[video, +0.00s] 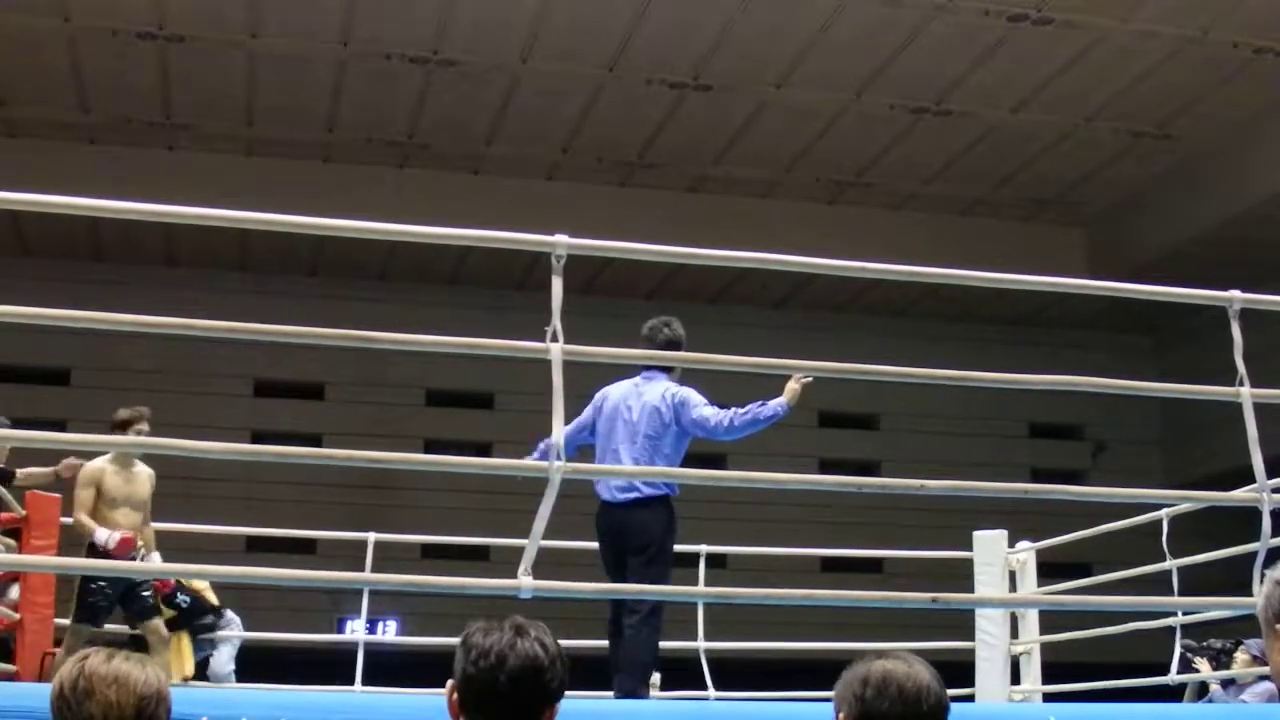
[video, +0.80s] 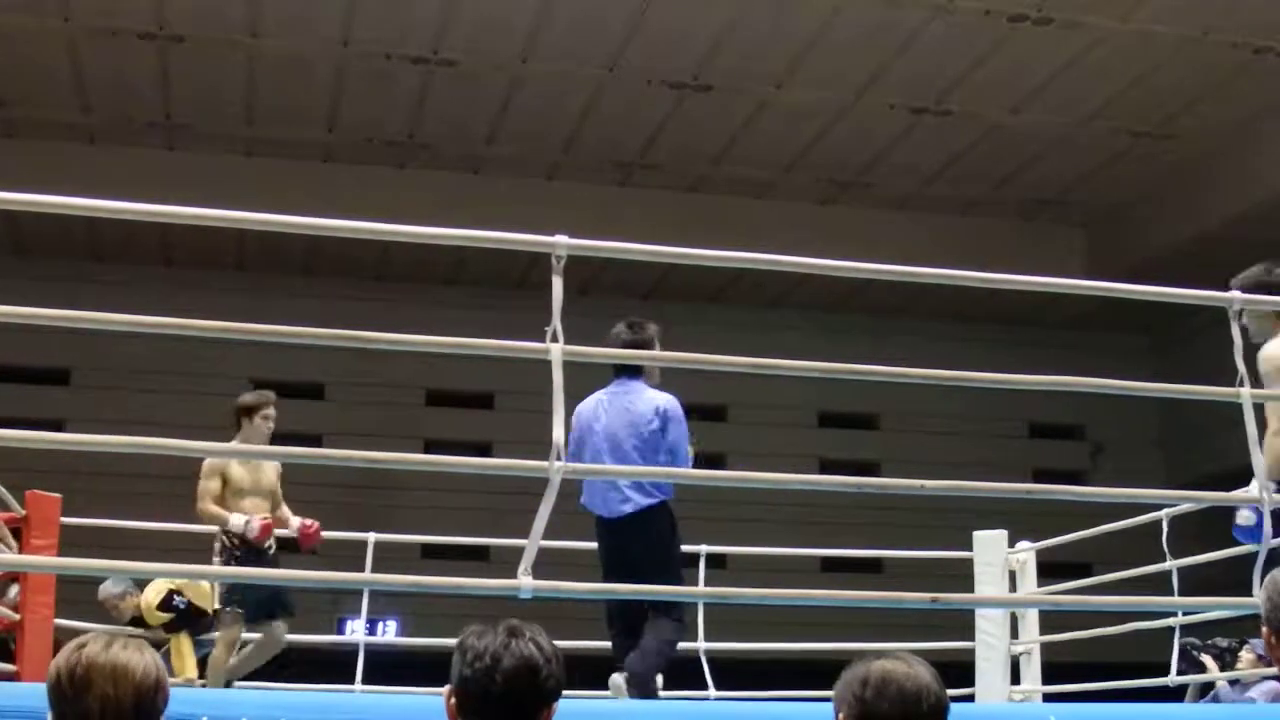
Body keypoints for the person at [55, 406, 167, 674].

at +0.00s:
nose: (144, 439)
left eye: (147, 434)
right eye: (138, 433)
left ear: (148, 437)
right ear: (120, 433)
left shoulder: (147, 474)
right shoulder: (94, 470)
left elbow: (145, 523)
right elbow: (80, 516)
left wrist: (155, 562)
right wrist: (105, 537)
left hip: (136, 567)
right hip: (101, 566)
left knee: (159, 636)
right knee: (77, 637)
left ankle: (160, 707)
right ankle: (54, 704)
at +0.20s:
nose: (190, 441)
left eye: (192, 435)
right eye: (184, 434)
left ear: (191, 440)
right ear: (165, 435)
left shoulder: (184, 478)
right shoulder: (141, 469)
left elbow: (181, 525)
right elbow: (123, 515)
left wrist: (200, 555)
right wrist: (133, 560)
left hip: (174, 565)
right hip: (142, 562)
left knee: (185, 640)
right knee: (113, 635)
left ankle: (178, 711)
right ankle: (74, 690)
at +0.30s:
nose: (211, 436)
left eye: (213, 430)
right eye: (205, 429)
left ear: (211, 434)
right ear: (185, 431)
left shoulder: (203, 473)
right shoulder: (160, 462)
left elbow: (199, 521)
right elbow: (136, 505)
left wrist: (224, 537)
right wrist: (143, 551)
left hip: (186, 556)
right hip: (157, 553)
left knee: (184, 638)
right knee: (140, 630)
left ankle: (178, 707)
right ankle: (98, 675)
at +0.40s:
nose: (228, 434)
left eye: (230, 429)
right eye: (223, 428)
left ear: (227, 431)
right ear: (203, 428)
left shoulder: (220, 470)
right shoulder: (172, 460)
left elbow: (221, 516)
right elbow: (144, 499)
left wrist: (246, 524)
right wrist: (158, 534)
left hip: (198, 553)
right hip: (170, 550)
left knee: (187, 635)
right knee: (164, 627)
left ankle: (174, 702)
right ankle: (130, 683)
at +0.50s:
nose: (239, 437)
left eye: (242, 432)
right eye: (234, 430)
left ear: (241, 434)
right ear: (214, 430)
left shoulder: (236, 473)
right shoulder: (184, 462)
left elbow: (247, 516)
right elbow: (155, 503)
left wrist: (265, 524)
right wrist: (176, 524)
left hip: (212, 552)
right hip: (182, 549)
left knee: (200, 629)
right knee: (187, 624)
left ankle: (179, 694)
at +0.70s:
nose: (257, 431)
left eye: (259, 426)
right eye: (251, 425)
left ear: (259, 429)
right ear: (231, 427)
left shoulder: (259, 468)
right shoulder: (204, 465)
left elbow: (271, 511)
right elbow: (187, 511)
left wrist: (286, 530)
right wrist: (209, 528)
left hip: (246, 556)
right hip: (215, 555)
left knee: (240, 639)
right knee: (222, 634)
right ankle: (205, 705)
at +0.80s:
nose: (272, 425)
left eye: (273, 420)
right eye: (266, 419)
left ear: (272, 422)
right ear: (246, 420)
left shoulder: (272, 462)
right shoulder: (219, 460)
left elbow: (277, 507)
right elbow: (204, 507)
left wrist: (297, 524)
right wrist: (243, 523)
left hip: (265, 554)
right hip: (232, 553)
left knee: (275, 638)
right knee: (229, 634)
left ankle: (222, 677)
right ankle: (212, 702)